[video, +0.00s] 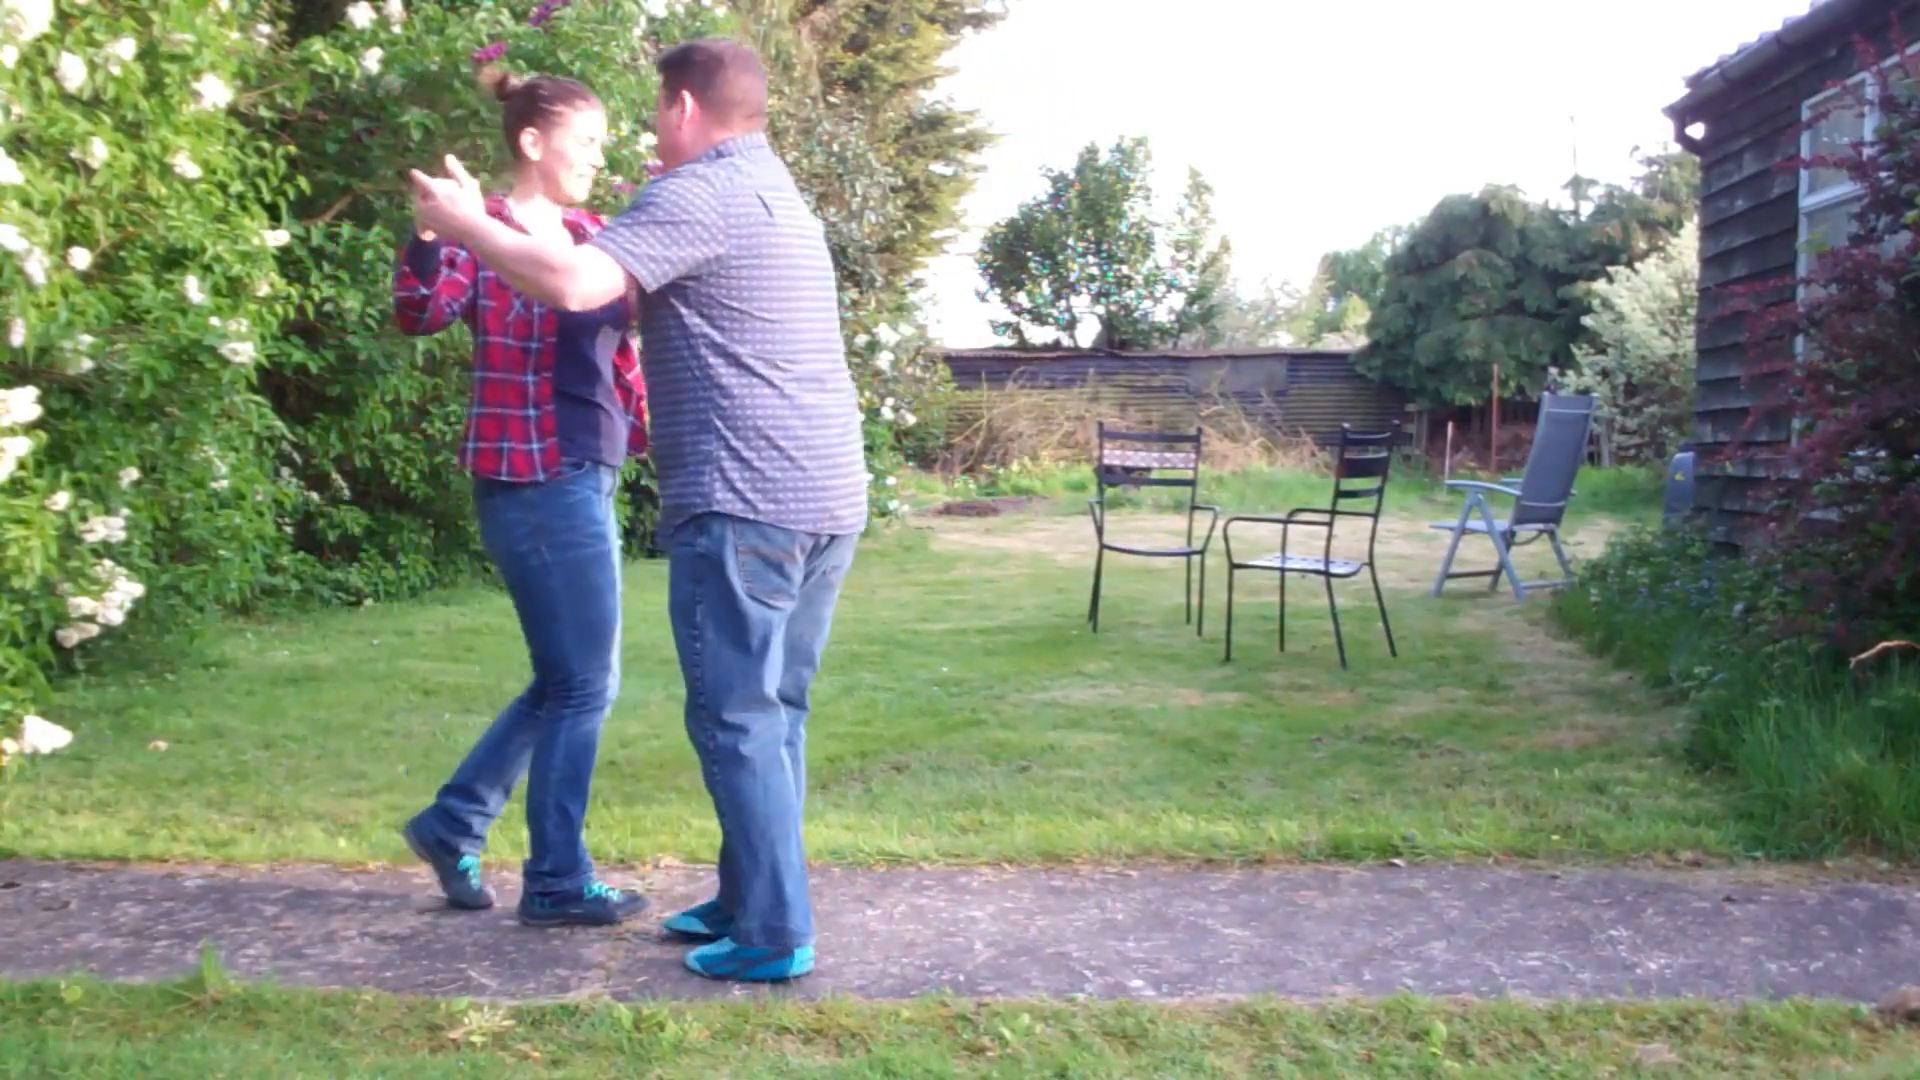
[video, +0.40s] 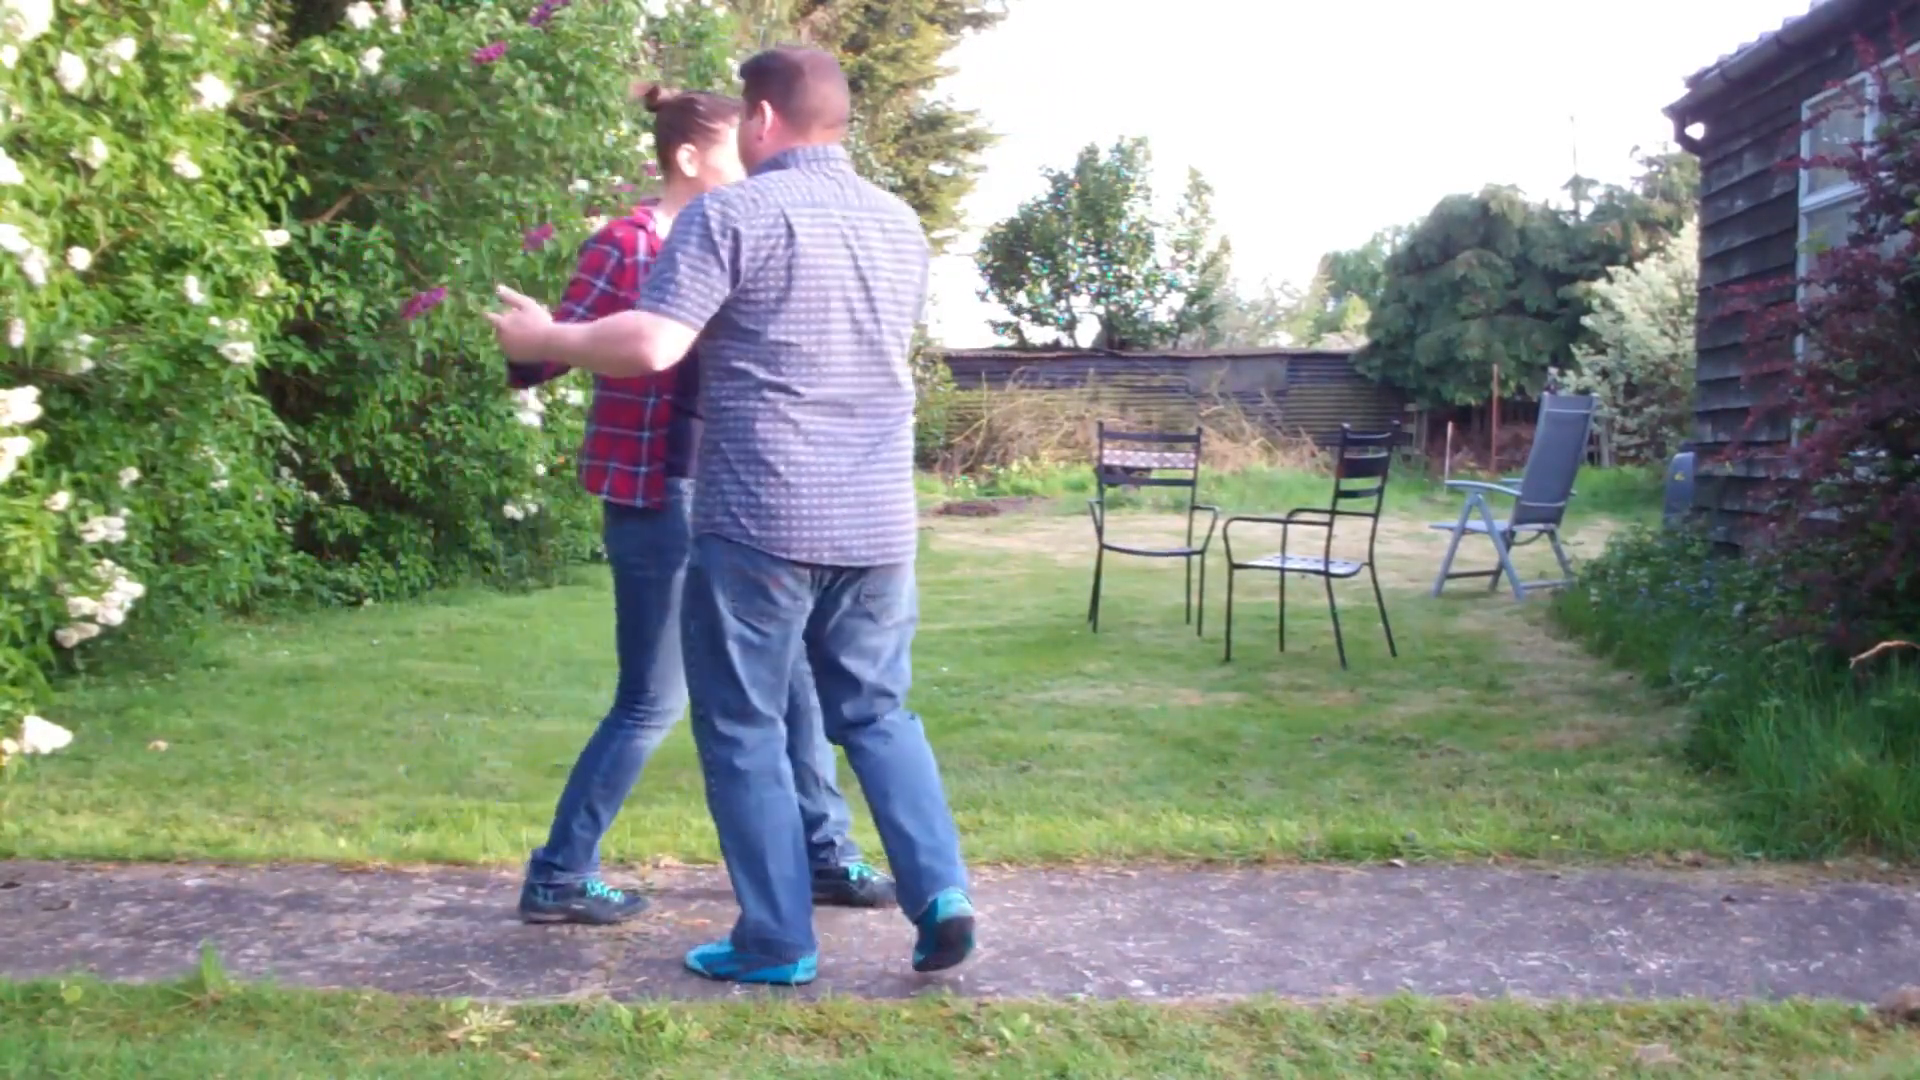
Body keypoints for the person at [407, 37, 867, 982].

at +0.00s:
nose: (654, 129)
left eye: (660, 111)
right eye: (658, 111)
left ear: (689, 109)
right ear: (746, 112)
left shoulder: (705, 191)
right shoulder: (772, 187)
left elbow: (575, 281)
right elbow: (650, 283)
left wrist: (461, 222)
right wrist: (559, 235)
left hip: (747, 496)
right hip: (825, 493)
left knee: (734, 716)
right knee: (772, 708)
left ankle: (777, 934)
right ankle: (750, 895)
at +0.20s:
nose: (694, 138)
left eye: (698, 120)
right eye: (696, 120)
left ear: (727, 116)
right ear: (793, 119)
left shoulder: (730, 206)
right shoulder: (826, 205)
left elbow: (611, 313)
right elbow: (722, 313)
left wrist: (503, 273)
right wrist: (636, 253)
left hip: (759, 513)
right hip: (858, 509)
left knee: (737, 720)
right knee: (816, 703)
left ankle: (779, 939)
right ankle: (874, 894)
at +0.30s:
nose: (720, 136)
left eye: (724, 119)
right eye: (722, 119)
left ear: (751, 118)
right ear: (820, 121)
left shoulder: (739, 207)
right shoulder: (870, 219)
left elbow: (630, 330)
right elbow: (767, 319)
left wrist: (517, 306)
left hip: (760, 514)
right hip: (870, 512)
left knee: (736, 722)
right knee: (849, 703)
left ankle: (777, 939)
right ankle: (921, 887)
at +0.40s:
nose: (739, 143)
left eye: (740, 125)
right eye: (733, 129)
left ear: (767, 118)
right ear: (843, 124)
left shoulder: (737, 216)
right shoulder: (902, 224)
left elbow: (650, 343)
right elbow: (874, 338)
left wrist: (543, 339)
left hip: (763, 514)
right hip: (880, 521)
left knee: (747, 723)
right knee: (877, 708)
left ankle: (775, 938)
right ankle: (943, 894)